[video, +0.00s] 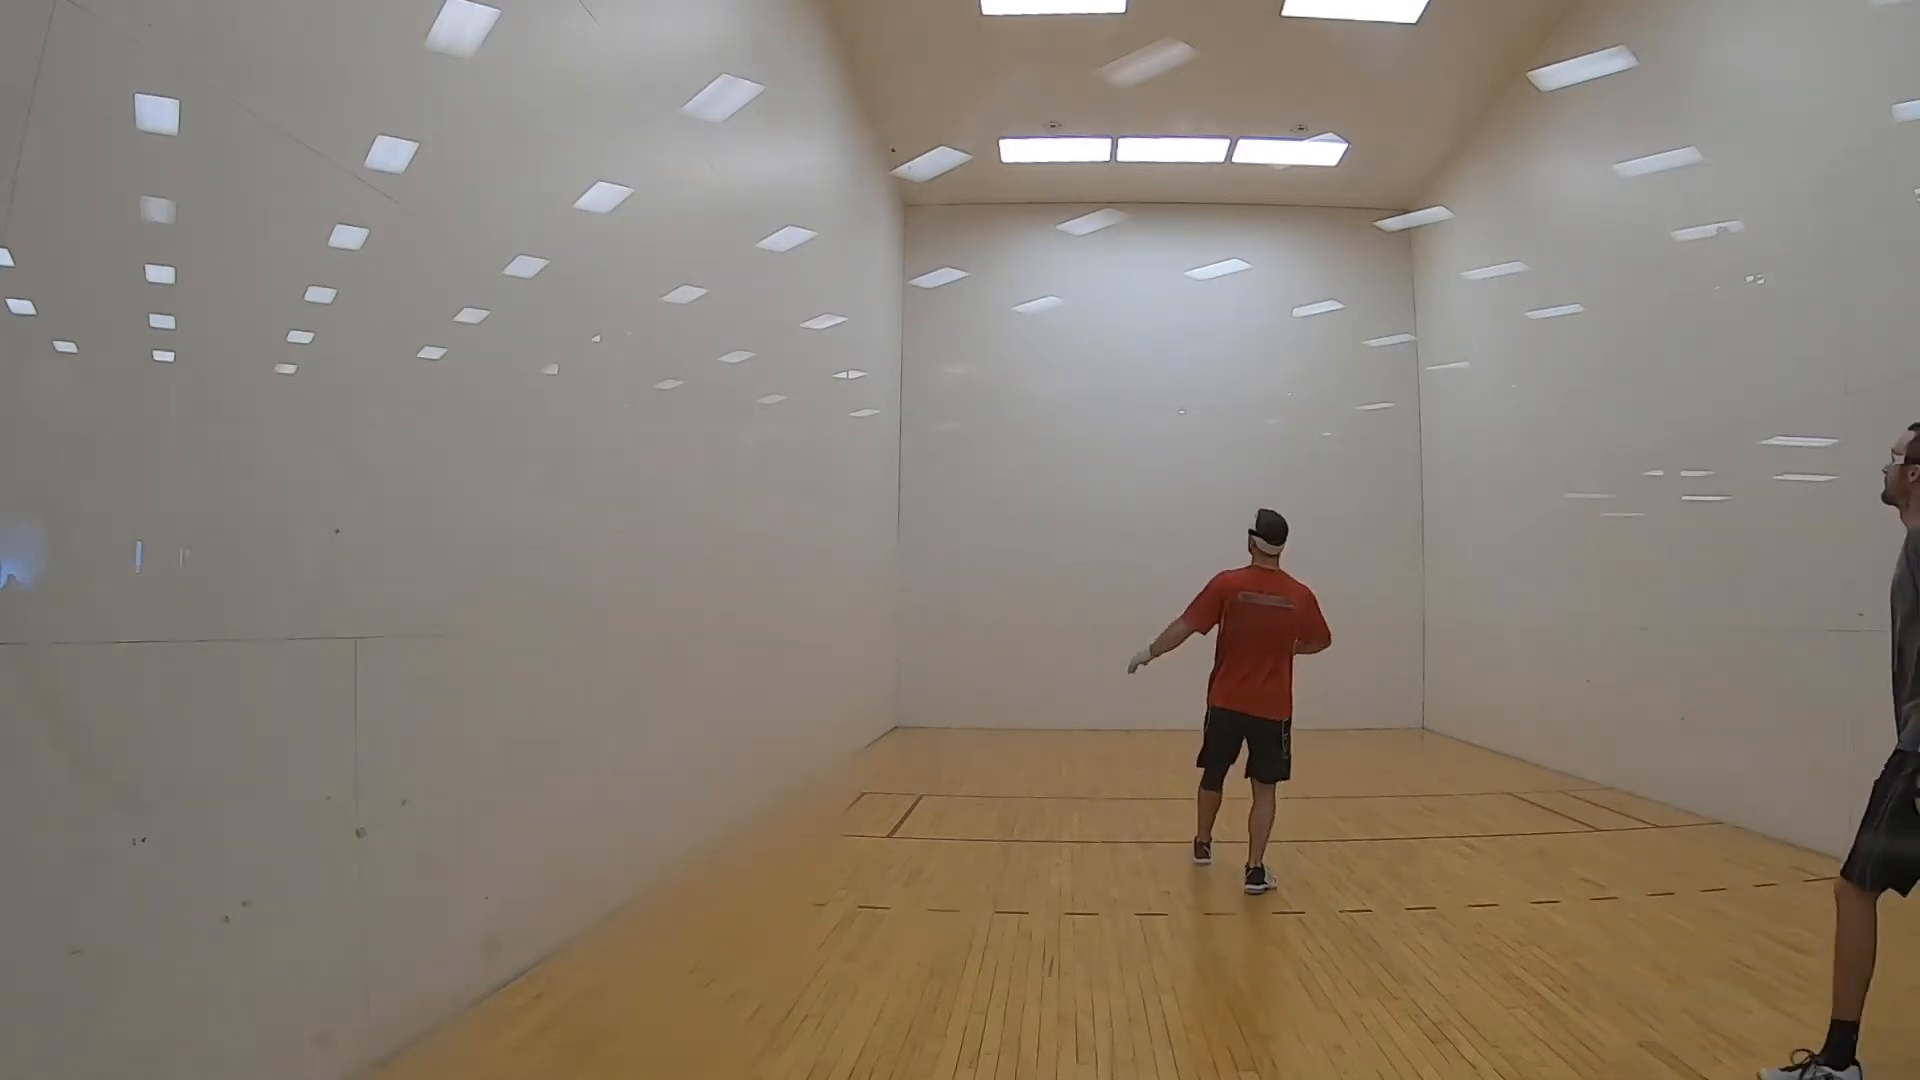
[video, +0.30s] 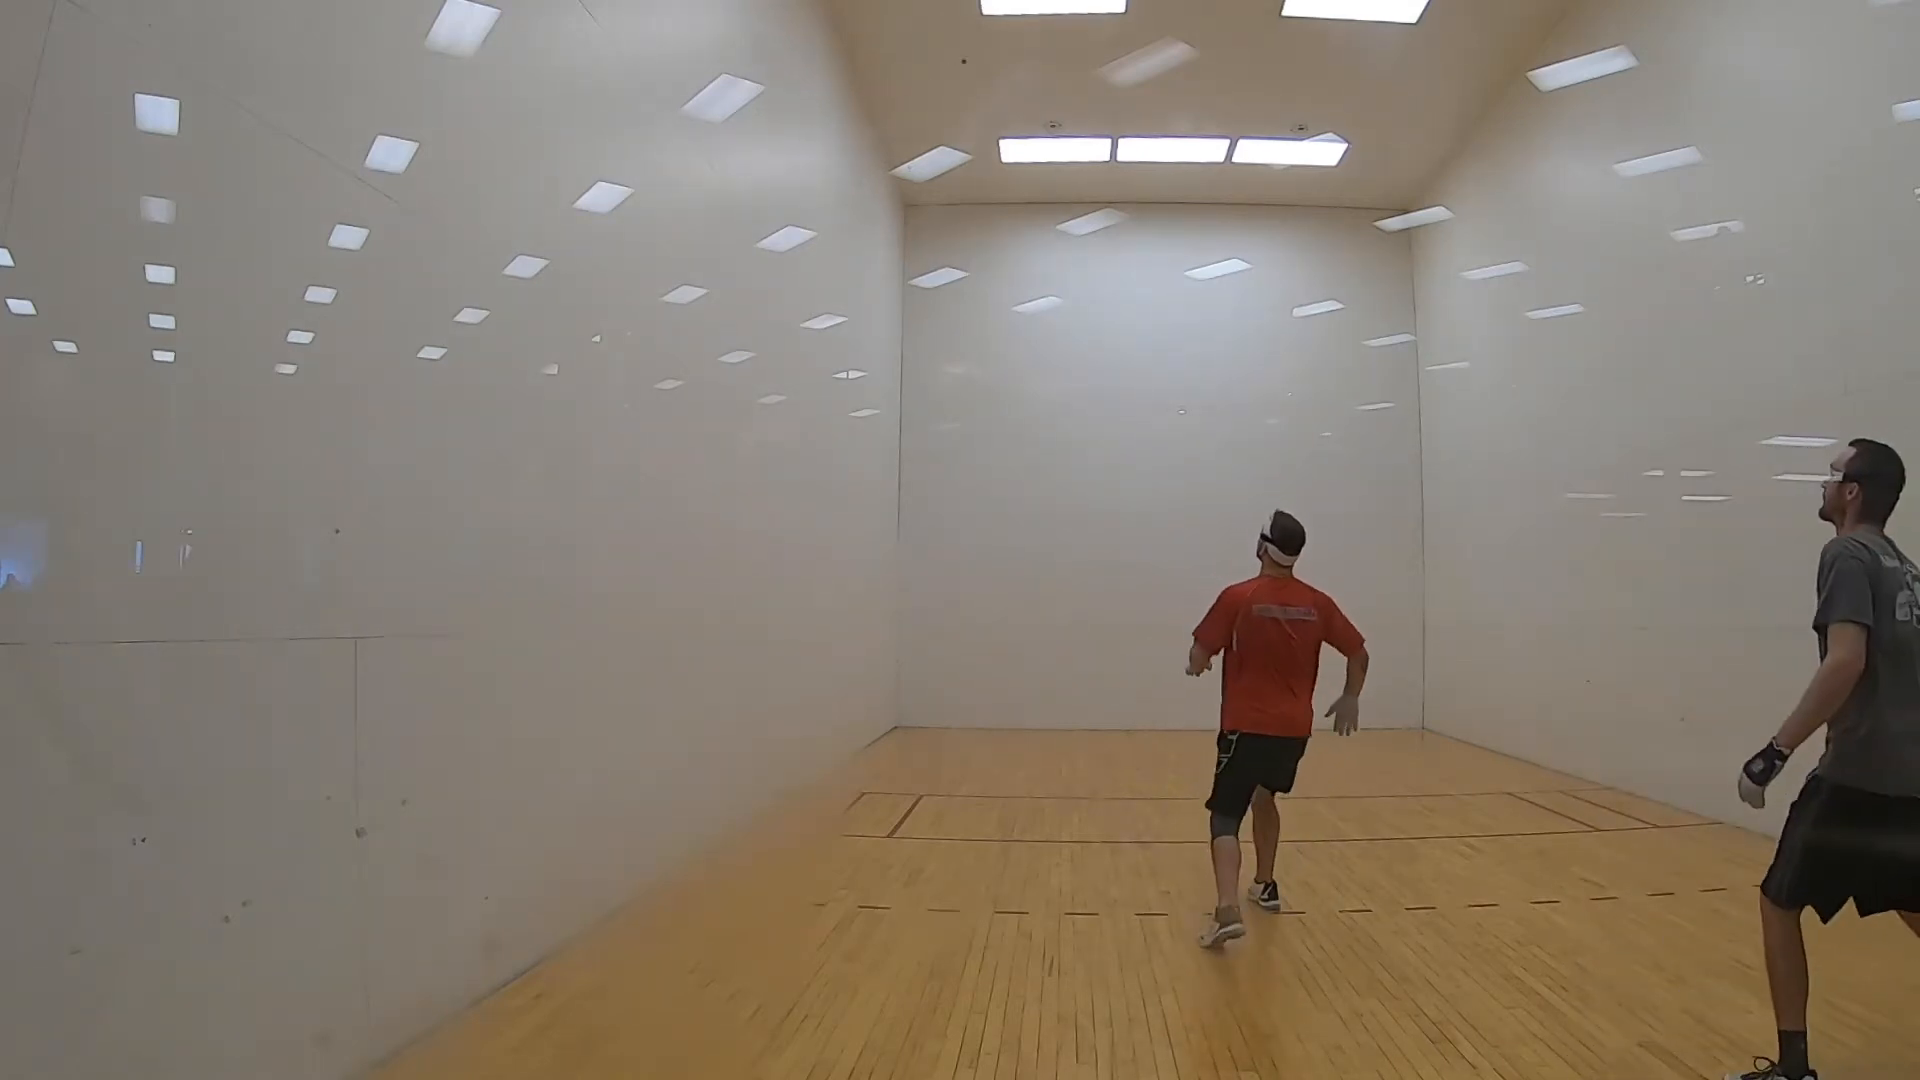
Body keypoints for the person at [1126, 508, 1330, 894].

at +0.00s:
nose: (1248, 541)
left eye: (1249, 536)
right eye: (1257, 537)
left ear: (1252, 541)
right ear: (1283, 545)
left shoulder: (1226, 583)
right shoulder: (1300, 595)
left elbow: (1186, 626)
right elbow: (1320, 641)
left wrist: (1149, 652)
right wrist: (1284, 644)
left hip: (1226, 701)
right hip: (1272, 708)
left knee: (1213, 774)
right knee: (1264, 789)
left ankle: (1203, 843)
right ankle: (1255, 869)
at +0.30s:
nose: (1258, 548)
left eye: (1260, 543)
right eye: (1267, 544)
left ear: (1262, 549)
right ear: (1298, 554)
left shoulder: (1238, 597)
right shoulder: (1319, 603)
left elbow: (1199, 656)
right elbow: (1358, 650)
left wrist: (1199, 661)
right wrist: (1351, 695)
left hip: (1245, 729)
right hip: (1294, 731)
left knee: (1224, 817)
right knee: (1265, 799)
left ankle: (1228, 912)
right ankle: (1265, 884)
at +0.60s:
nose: (1305, 525)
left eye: (1307, 520)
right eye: (1316, 521)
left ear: (1309, 525)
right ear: (1349, 530)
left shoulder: (1281, 579)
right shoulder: (1373, 586)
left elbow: (1246, 639)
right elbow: (1399, 652)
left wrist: (1237, 677)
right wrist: (1365, 687)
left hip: (1294, 729)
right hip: (1352, 731)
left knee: (1263, 824)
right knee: (1344, 819)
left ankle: (1265, 940)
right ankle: (1380, 916)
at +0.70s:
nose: (1325, 529)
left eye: (1326, 523)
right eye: (1336, 524)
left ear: (1328, 529)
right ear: (1370, 535)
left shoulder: (1299, 587)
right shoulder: (1395, 593)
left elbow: (1263, 648)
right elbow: (1424, 663)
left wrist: (1267, 681)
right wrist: (1393, 701)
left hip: (1312, 746)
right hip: (1375, 747)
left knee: (1281, 840)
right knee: (1366, 846)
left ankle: (1271, 950)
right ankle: (1392, 945)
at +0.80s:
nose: (1355, 507)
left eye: (1350, 498)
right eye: (1368, 501)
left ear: (1343, 502)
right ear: (1389, 505)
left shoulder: (1311, 562)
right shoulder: (1417, 566)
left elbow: (1288, 626)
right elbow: (1447, 639)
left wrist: (1305, 668)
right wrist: (1425, 683)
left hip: (1331, 728)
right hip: (1395, 730)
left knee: (1316, 837)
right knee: (1393, 839)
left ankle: (1303, 944)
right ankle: (1397, 948)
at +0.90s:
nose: (1391, 494)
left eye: (1377, 486)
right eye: (1398, 486)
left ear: (1356, 490)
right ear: (1403, 492)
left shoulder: (1321, 554)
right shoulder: (1433, 558)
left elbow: (1310, 626)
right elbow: (1458, 645)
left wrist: (1346, 663)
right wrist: (1446, 692)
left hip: (1345, 719)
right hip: (1411, 720)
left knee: (1353, 831)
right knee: (1417, 843)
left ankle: (1338, 954)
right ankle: (1418, 958)